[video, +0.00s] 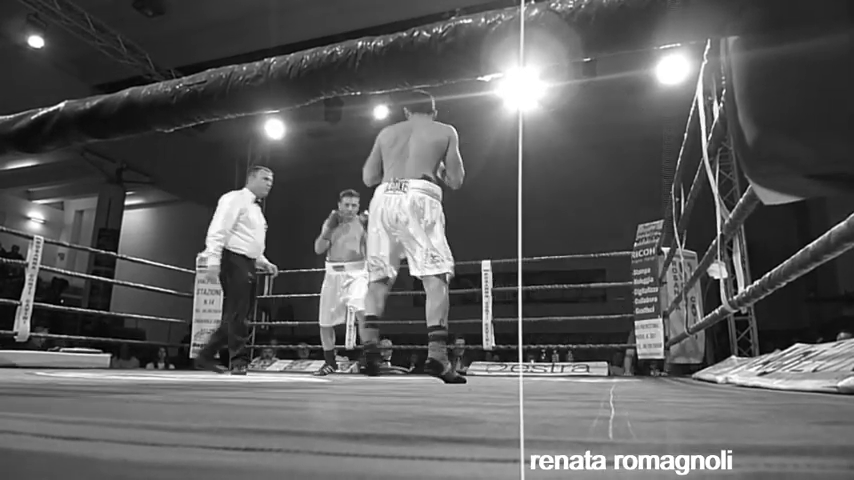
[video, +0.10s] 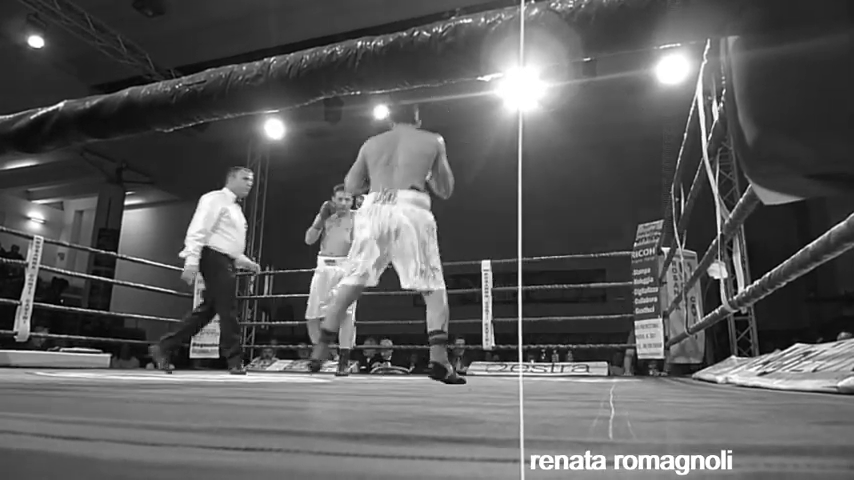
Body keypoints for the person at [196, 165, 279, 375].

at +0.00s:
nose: (269, 185)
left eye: (271, 181)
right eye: (265, 179)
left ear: (269, 186)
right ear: (251, 179)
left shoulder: (257, 210)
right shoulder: (233, 199)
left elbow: (253, 246)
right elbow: (217, 231)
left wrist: (265, 263)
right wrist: (213, 262)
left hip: (249, 261)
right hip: (234, 257)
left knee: (239, 313)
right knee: (237, 312)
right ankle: (238, 361)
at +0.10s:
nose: (249, 184)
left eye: (251, 181)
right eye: (246, 180)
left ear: (249, 185)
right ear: (232, 179)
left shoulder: (236, 209)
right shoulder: (213, 199)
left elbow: (231, 247)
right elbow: (197, 230)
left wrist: (247, 263)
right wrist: (191, 262)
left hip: (226, 260)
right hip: (213, 256)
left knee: (207, 311)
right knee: (227, 309)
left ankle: (164, 347)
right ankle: (234, 361)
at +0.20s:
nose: (236, 187)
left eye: (237, 184)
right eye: (232, 181)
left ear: (235, 187)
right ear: (218, 180)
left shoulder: (223, 213)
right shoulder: (199, 201)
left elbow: (218, 251)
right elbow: (183, 232)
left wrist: (236, 265)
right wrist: (177, 263)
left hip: (210, 263)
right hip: (197, 259)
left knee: (182, 314)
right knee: (216, 311)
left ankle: (149, 357)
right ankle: (228, 362)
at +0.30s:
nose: (217, 187)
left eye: (218, 184)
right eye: (213, 181)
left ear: (217, 187)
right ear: (198, 180)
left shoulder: (202, 213)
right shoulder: (176, 200)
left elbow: (199, 248)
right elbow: (165, 232)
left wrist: (212, 266)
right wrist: (162, 263)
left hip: (189, 264)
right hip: (176, 260)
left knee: (166, 315)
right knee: (194, 307)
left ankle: (141, 361)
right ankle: (201, 360)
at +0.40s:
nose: (204, 184)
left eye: (206, 181)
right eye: (201, 178)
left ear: (203, 185)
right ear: (186, 177)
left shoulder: (191, 210)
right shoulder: (165, 196)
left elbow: (189, 245)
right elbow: (155, 229)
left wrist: (195, 270)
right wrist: (156, 260)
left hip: (182, 261)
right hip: (167, 258)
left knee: (161, 309)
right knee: (170, 306)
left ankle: (141, 360)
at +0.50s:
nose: (192, 182)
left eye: (194, 179)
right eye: (189, 176)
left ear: (192, 183)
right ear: (174, 174)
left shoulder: (181, 210)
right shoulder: (151, 195)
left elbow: (178, 245)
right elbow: (143, 228)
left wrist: (179, 270)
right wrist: (152, 255)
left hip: (168, 258)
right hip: (148, 253)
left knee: (161, 305)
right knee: (153, 299)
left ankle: (144, 356)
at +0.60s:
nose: (173, 182)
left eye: (174, 180)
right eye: (169, 177)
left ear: (173, 184)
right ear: (153, 175)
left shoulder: (160, 209)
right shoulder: (131, 196)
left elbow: (154, 237)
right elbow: (125, 232)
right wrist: (142, 255)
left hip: (149, 260)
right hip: (127, 255)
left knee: (147, 311)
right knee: (112, 304)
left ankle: (140, 359)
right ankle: (68, 344)